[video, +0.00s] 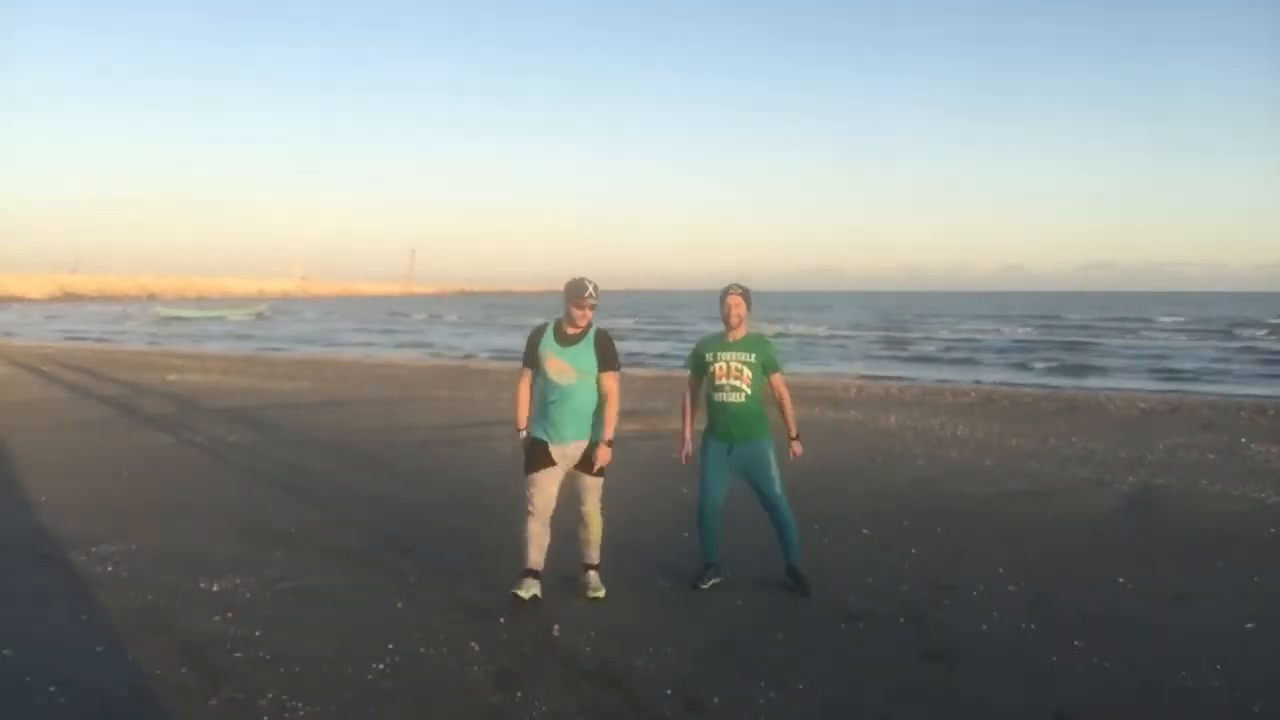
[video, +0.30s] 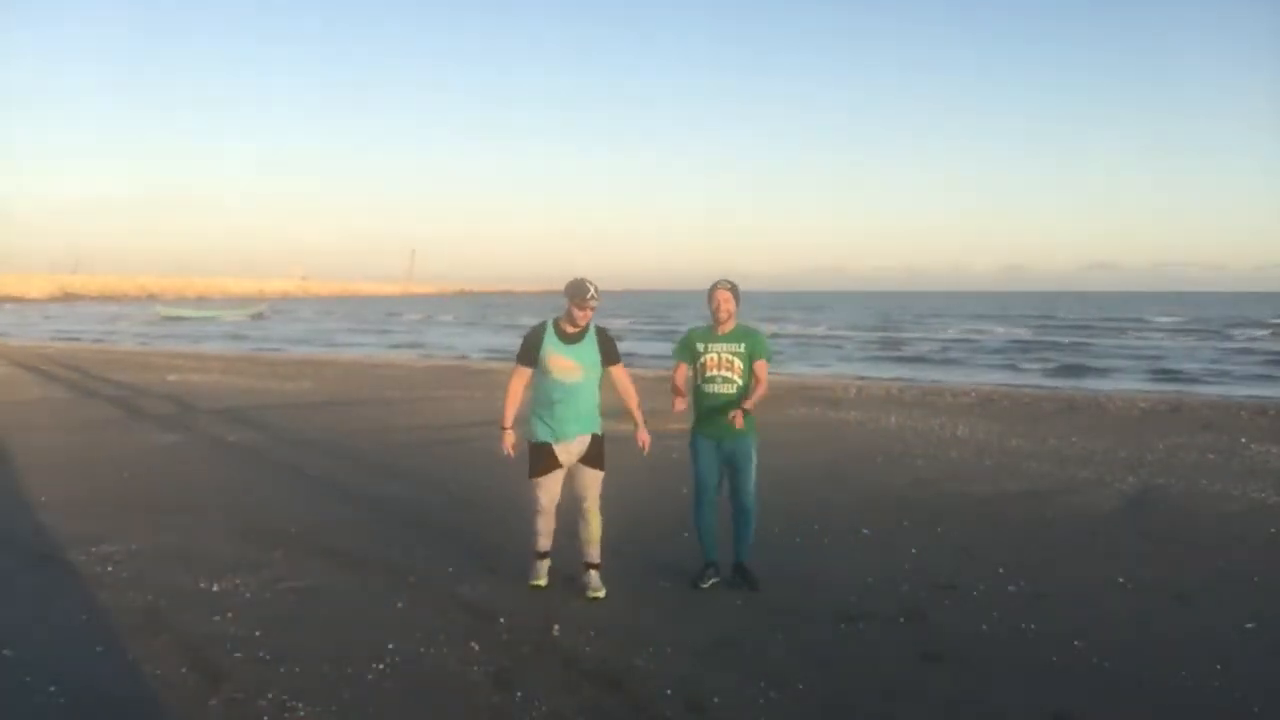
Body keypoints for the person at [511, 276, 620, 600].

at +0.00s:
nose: (583, 313)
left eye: (589, 307)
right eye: (578, 306)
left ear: (595, 309)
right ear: (565, 303)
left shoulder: (602, 342)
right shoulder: (541, 336)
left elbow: (611, 394)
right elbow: (525, 381)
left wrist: (606, 441)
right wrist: (522, 428)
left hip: (588, 443)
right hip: (544, 441)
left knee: (590, 510)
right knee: (537, 510)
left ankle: (592, 570)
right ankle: (531, 575)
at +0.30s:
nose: (585, 314)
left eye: (590, 309)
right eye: (580, 308)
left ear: (595, 309)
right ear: (568, 304)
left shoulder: (601, 339)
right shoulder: (539, 336)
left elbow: (622, 380)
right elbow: (518, 380)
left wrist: (640, 423)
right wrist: (507, 426)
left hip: (588, 435)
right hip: (546, 436)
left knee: (590, 505)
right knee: (544, 504)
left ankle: (592, 570)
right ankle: (542, 560)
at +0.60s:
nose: (565, 315)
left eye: (570, 310)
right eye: (560, 309)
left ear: (576, 309)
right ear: (547, 304)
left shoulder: (582, 336)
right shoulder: (525, 338)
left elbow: (599, 381)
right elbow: (510, 387)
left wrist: (609, 423)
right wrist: (514, 427)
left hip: (577, 430)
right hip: (538, 433)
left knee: (584, 497)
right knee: (540, 500)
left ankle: (591, 561)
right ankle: (540, 561)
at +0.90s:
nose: (564, 311)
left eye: (569, 306)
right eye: (559, 305)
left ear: (575, 306)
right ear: (547, 303)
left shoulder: (584, 334)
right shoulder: (527, 339)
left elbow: (600, 376)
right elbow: (509, 386)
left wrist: (605, 417)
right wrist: (506, 430)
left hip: (583, 429)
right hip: (542, 433)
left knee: (594, 494)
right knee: (542, 498)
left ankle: (607, 556)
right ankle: (540, 560)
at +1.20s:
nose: (581, 308)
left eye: (586, 302)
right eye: (576, 302)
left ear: (593, 304)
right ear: (566, 304)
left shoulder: (609, 336)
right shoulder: (551, 340)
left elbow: (628, 380)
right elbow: (533, 386)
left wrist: (641, 421)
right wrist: (523, 430)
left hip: (605, 433)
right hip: (564, 435)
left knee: (611, 498)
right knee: (555, 499)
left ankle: (614, 559)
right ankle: (543, 559)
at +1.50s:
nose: (595, 305)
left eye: (601, 300)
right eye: (590, 299)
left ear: (608, 301)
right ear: (581, 301)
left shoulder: (623, 332)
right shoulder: (565, 335)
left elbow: (632, 379)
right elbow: (564, 384)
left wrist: (612, 410)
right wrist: (587, 414)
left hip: (617, 426)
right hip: (578, 427)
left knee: (616, 496)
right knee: (580, 496)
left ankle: (615, 559)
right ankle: (581, 557)